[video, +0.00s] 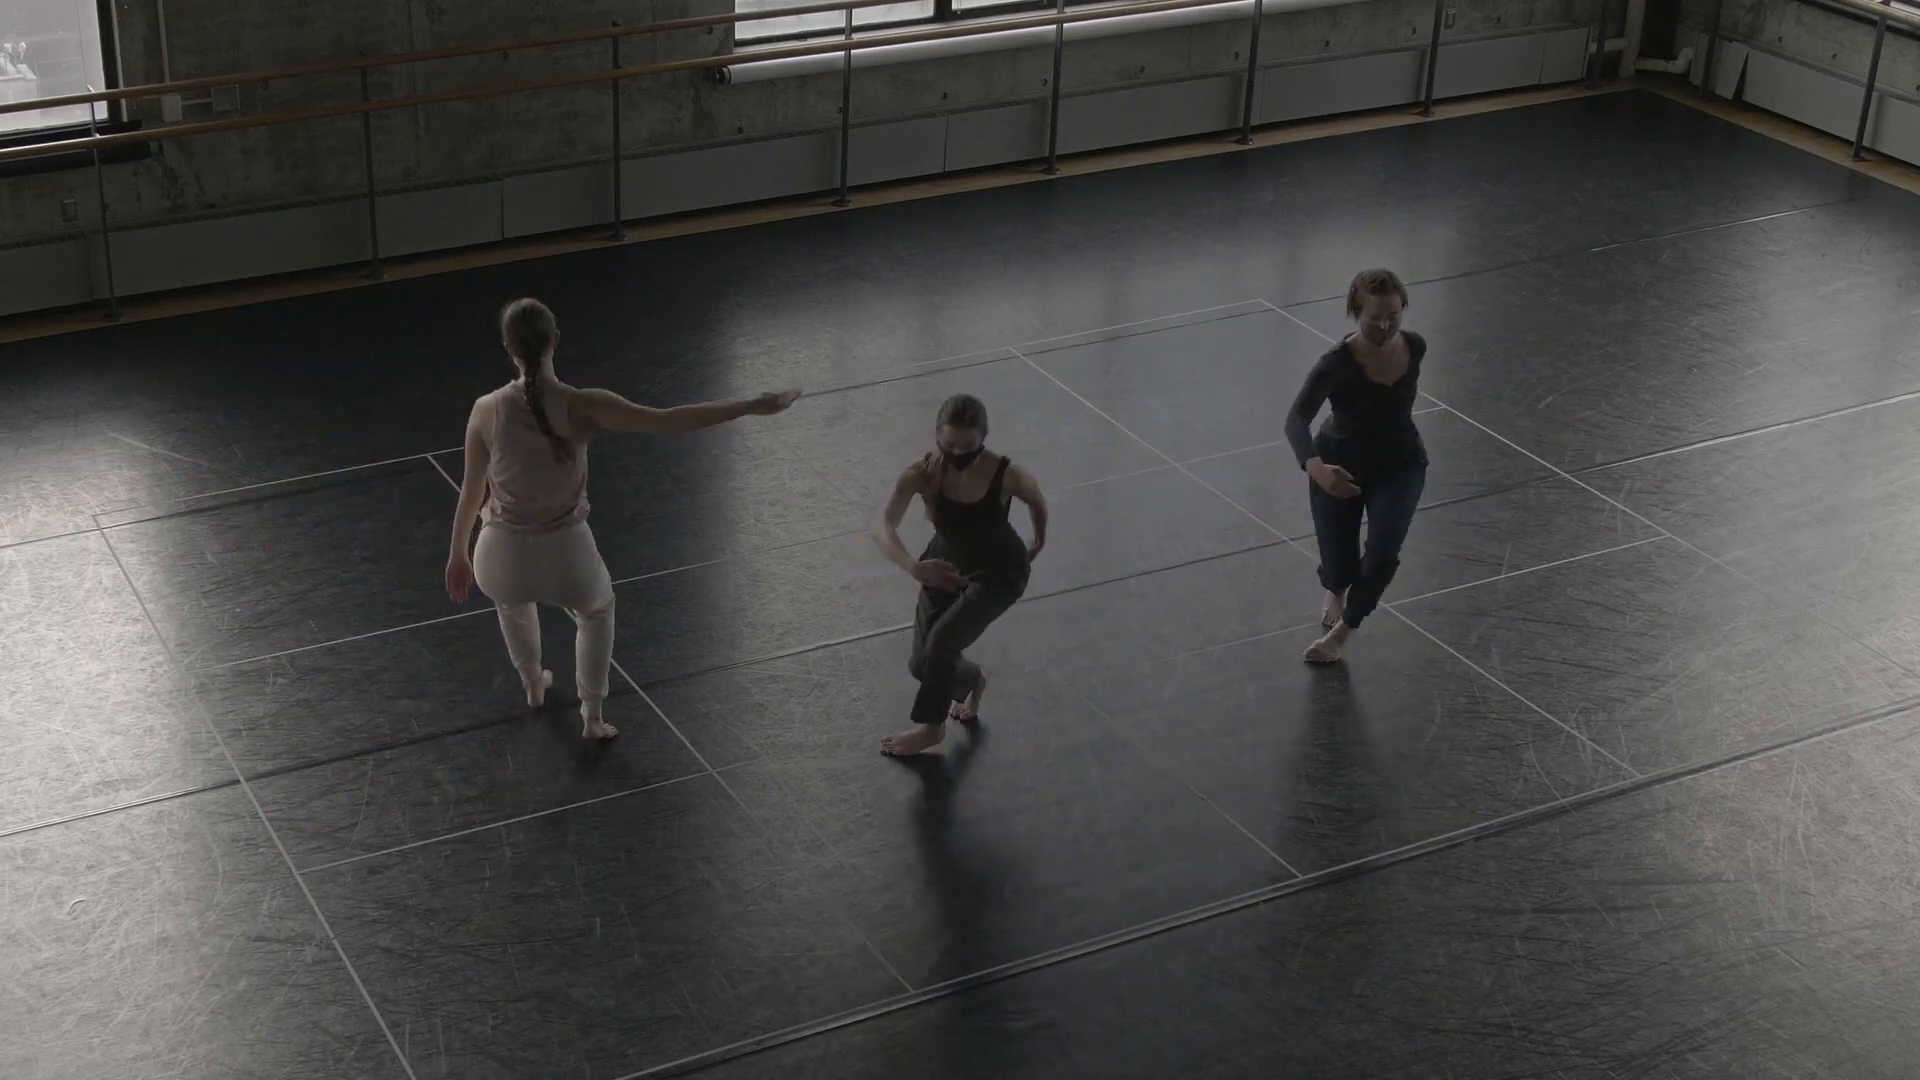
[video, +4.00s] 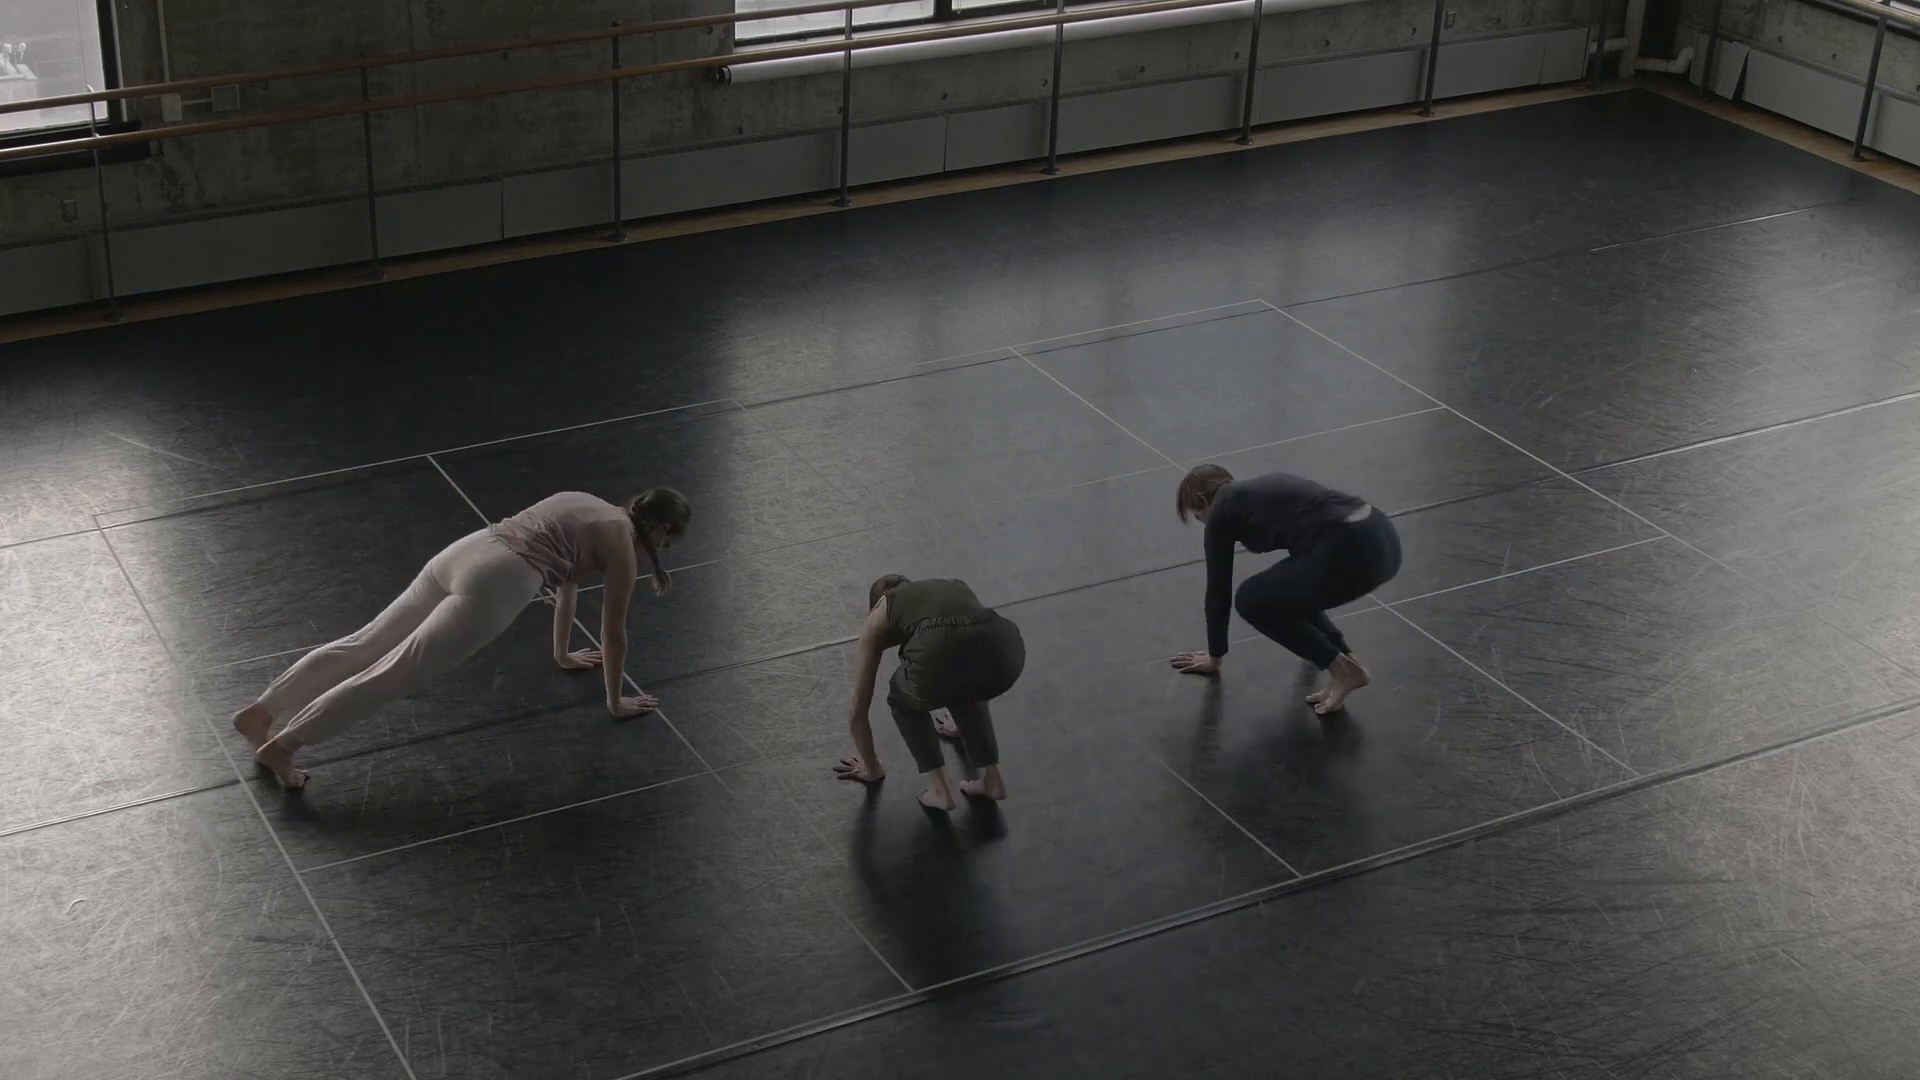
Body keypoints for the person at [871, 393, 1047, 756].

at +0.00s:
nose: (957, 458)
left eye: (966, 451)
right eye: (949, 448)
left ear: (983, 439)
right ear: (937, 434)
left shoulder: (1007, 476)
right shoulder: (920, 474)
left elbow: (1037, 504)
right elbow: (885, 530)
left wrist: (1038, 543)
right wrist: (913, 567)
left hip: (999, 568)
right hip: (947, 559)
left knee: (941, 642)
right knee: (921, 664)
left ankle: (933, 728)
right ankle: (972, 678)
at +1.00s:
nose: (1097, 429)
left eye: (1100, 421)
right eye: (1089, 424)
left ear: (1102, 413)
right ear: (1062, 421)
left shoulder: (1102, 448)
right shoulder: (1025, 454)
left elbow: (1097, 491)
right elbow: (986, 521)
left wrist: (1092, 540)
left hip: (1059, 552)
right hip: (1007, 554)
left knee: (1082, 646)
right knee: (1004, 665)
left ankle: (1047, 721)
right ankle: (954, 681)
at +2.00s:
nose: (1302, 509)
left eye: (1307, 502)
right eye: (1301, 500)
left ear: (1267, 472)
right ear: (1271, 481)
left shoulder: (1229, 495)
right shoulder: (1237, 527)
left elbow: (1174, 548)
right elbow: (1162, 579)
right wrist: (1091, 625)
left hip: (1130, 626)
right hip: (1164, 650)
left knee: (1083, 716)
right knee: (1199, 761)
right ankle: (1173, 876)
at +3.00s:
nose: (923, 645)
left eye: (921, 637)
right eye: (924, 636)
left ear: (927, 634)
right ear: (961, 621)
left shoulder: (930, 664)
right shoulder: (997, 636)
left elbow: (892, 727)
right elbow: (1023, 720)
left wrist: (866, 764)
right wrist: (994, 798)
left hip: (1033, 712)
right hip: (1081, 698)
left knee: (1008, 837)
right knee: (1107, 820)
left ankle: (975, 971)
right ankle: (1222, 853)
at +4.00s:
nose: (871, 620)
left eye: (871, 614)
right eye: (869, 615)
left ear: (879, 605)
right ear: (907, 584)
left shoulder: (880, 615)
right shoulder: (956, 587)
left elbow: (857, 711)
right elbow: (972, 653)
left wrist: (873, 769)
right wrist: (961, 724)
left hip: (937, 665)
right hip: (1005, 654)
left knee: (903, 701)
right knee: (964, 690)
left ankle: (941, 791)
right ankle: (993, 782)